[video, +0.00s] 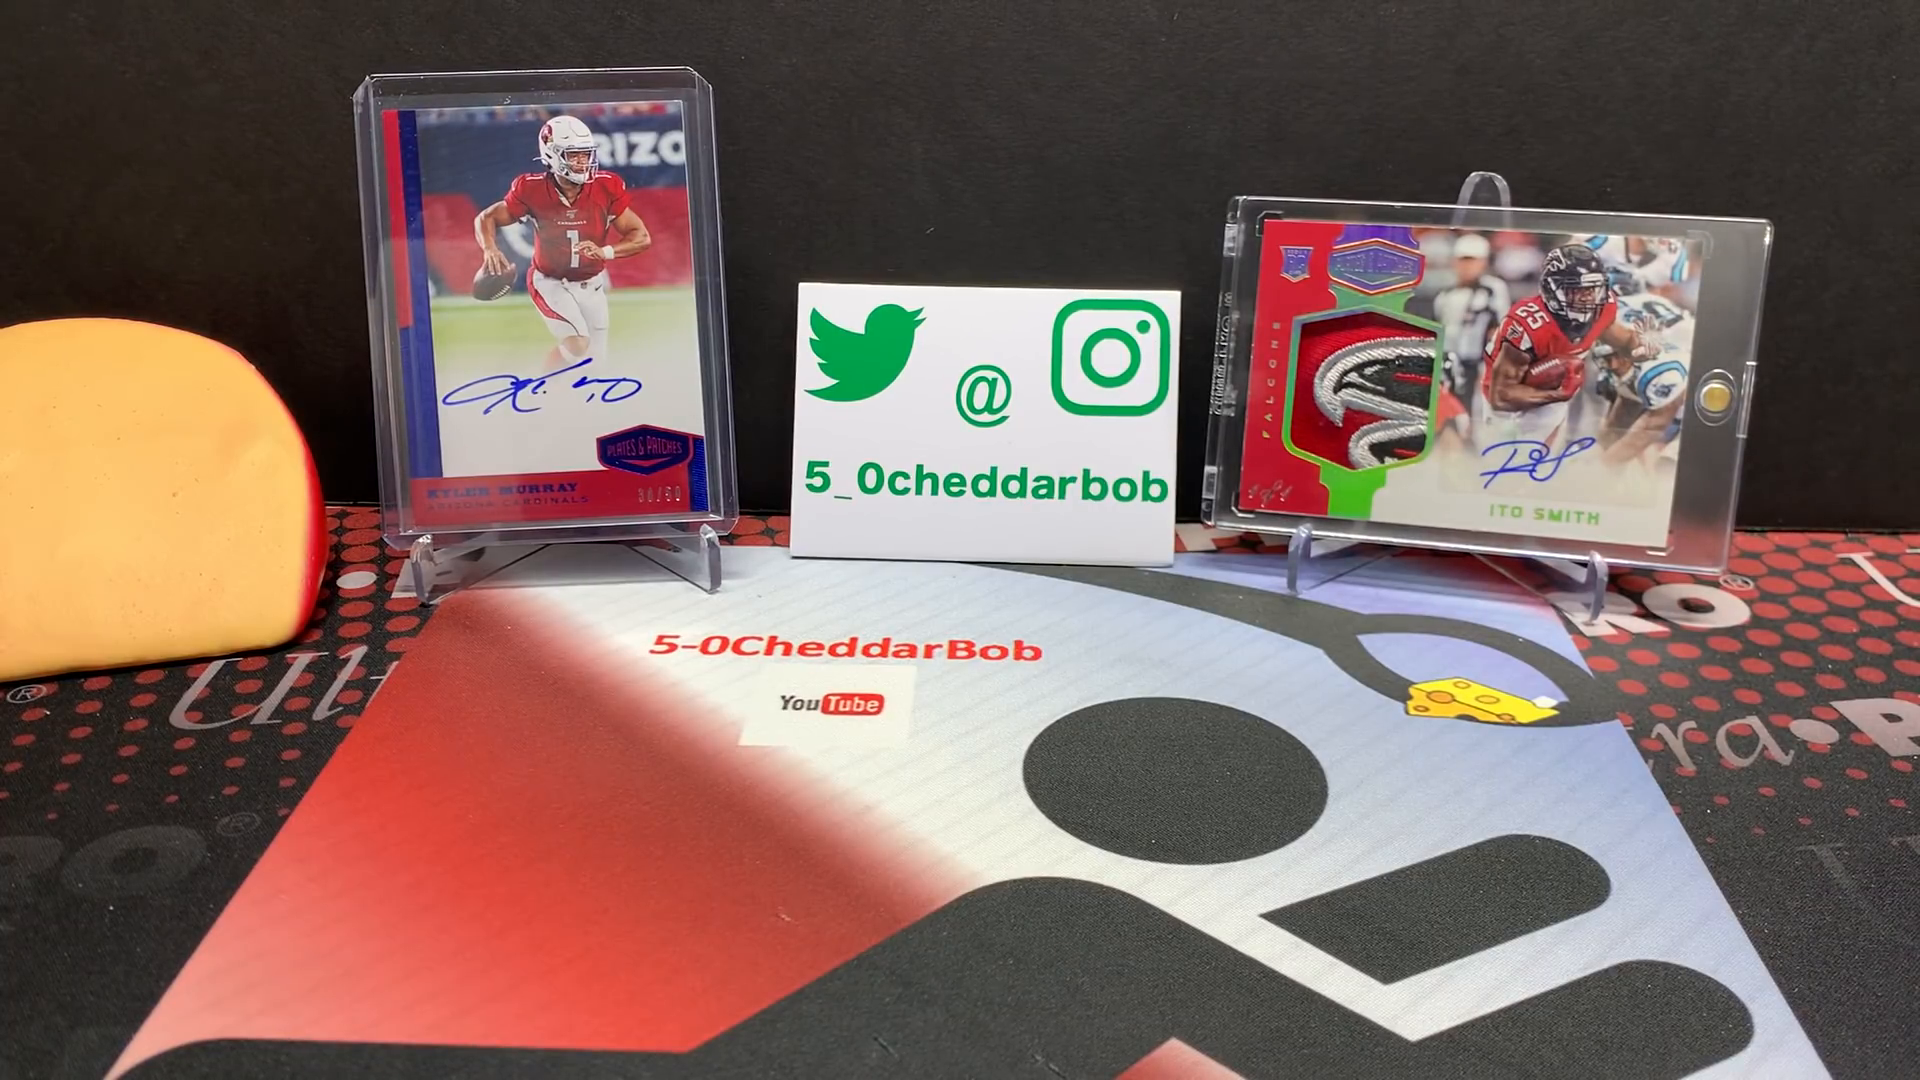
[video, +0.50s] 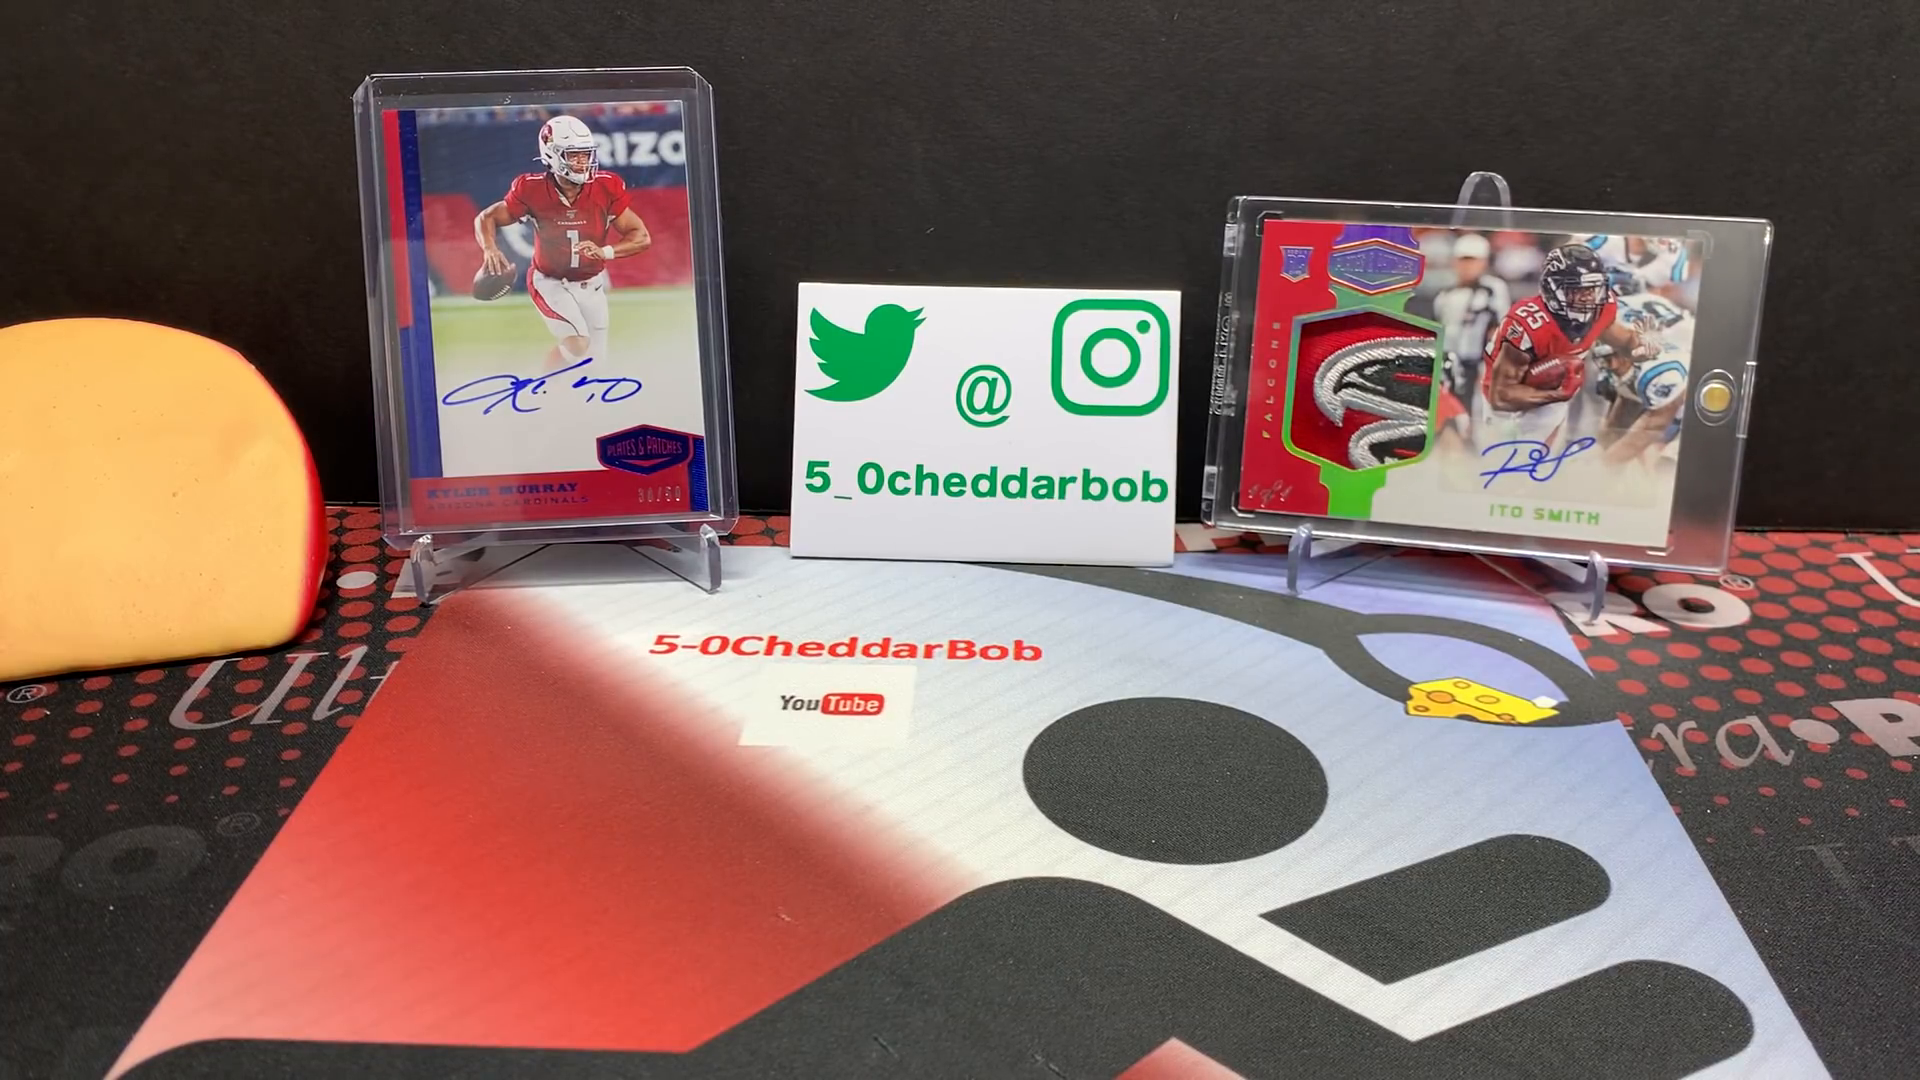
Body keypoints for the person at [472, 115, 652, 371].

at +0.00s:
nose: (580, 162)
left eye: (585, 155)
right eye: (573, 156)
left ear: (592, 154)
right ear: (552, 155)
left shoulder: (607, 187)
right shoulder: (530, 189)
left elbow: (642, 237)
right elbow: (484, 219)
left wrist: (606, 252)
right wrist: (490, 249)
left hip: (591, 283)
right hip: (549, 281)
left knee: (596, 363)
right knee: (577, 344)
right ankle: (534, 391)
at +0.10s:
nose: (580, 162)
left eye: (585, 155)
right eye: (573, 156)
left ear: (592, 154)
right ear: (552, 155)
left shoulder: (606, 187)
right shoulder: (530, 189)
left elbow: (642, 238)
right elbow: (484, 219)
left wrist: (606, 252)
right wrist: (490, 249)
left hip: (591, 283)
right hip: (549, 281)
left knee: (596, 363)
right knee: (577, 344)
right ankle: (534, 391)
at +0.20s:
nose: (580, 162)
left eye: (585, 155)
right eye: (573, 156)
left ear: (592, 154)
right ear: (552, 155)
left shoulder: (607, 187)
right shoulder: (530, 189)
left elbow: (642, 237)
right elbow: (484, 219)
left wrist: (606, 252)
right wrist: (490, 249)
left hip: (591, 283)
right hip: (549, 280)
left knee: (596, 363)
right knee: (577, 344)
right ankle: (534, 391)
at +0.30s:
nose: (580, 162)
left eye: (585, 155)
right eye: (573, 156)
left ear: (592, 154)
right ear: (552, 155)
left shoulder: (607, 187)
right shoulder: (530, 189)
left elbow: (642, 237)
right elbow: (484, 219)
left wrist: (606, 252)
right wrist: (490, 249)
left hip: (591, 283)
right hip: (549, 281)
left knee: (596, 363)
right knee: (577, 344)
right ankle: (534, 391)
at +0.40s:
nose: (580, 162)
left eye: (585, 155)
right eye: (573, 156)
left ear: (592, 154)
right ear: (552, 155)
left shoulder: (607, 187)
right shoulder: (530, 189)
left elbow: (642, 238)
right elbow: (484, 219)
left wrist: (606, 252)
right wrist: (490, 248)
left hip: (591, 283)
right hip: (549, 280)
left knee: (596, 363)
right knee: (577, 344)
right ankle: (534, 391)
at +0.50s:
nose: (580, 162)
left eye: (584, 155)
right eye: (573, 156)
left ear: (592, 154)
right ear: (552, 155)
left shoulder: (606, 187)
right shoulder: (530, 189)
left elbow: (642, 237)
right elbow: (484, 219)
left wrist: (606, 252)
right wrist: (490, 248)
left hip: (591, 283)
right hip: (549, 280)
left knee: (596, 363)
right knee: (577, 344)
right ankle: (535, 391)